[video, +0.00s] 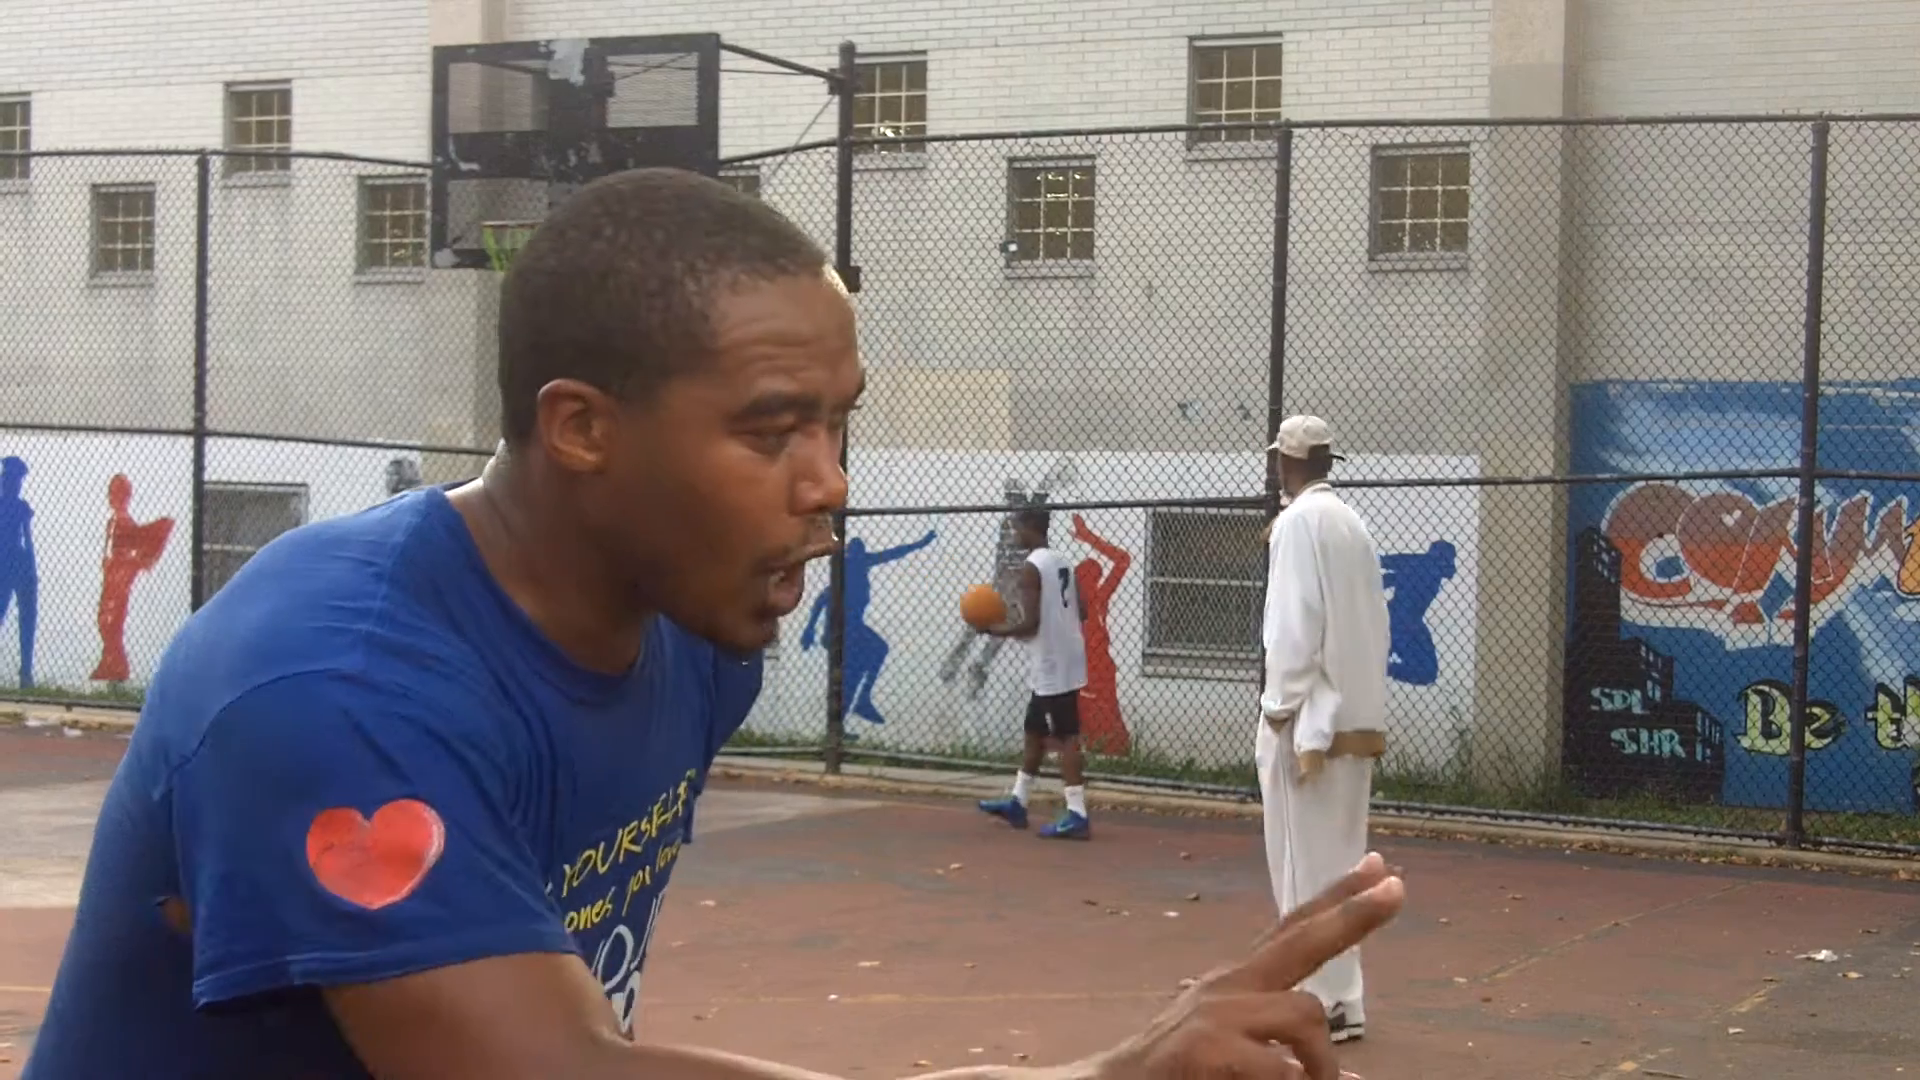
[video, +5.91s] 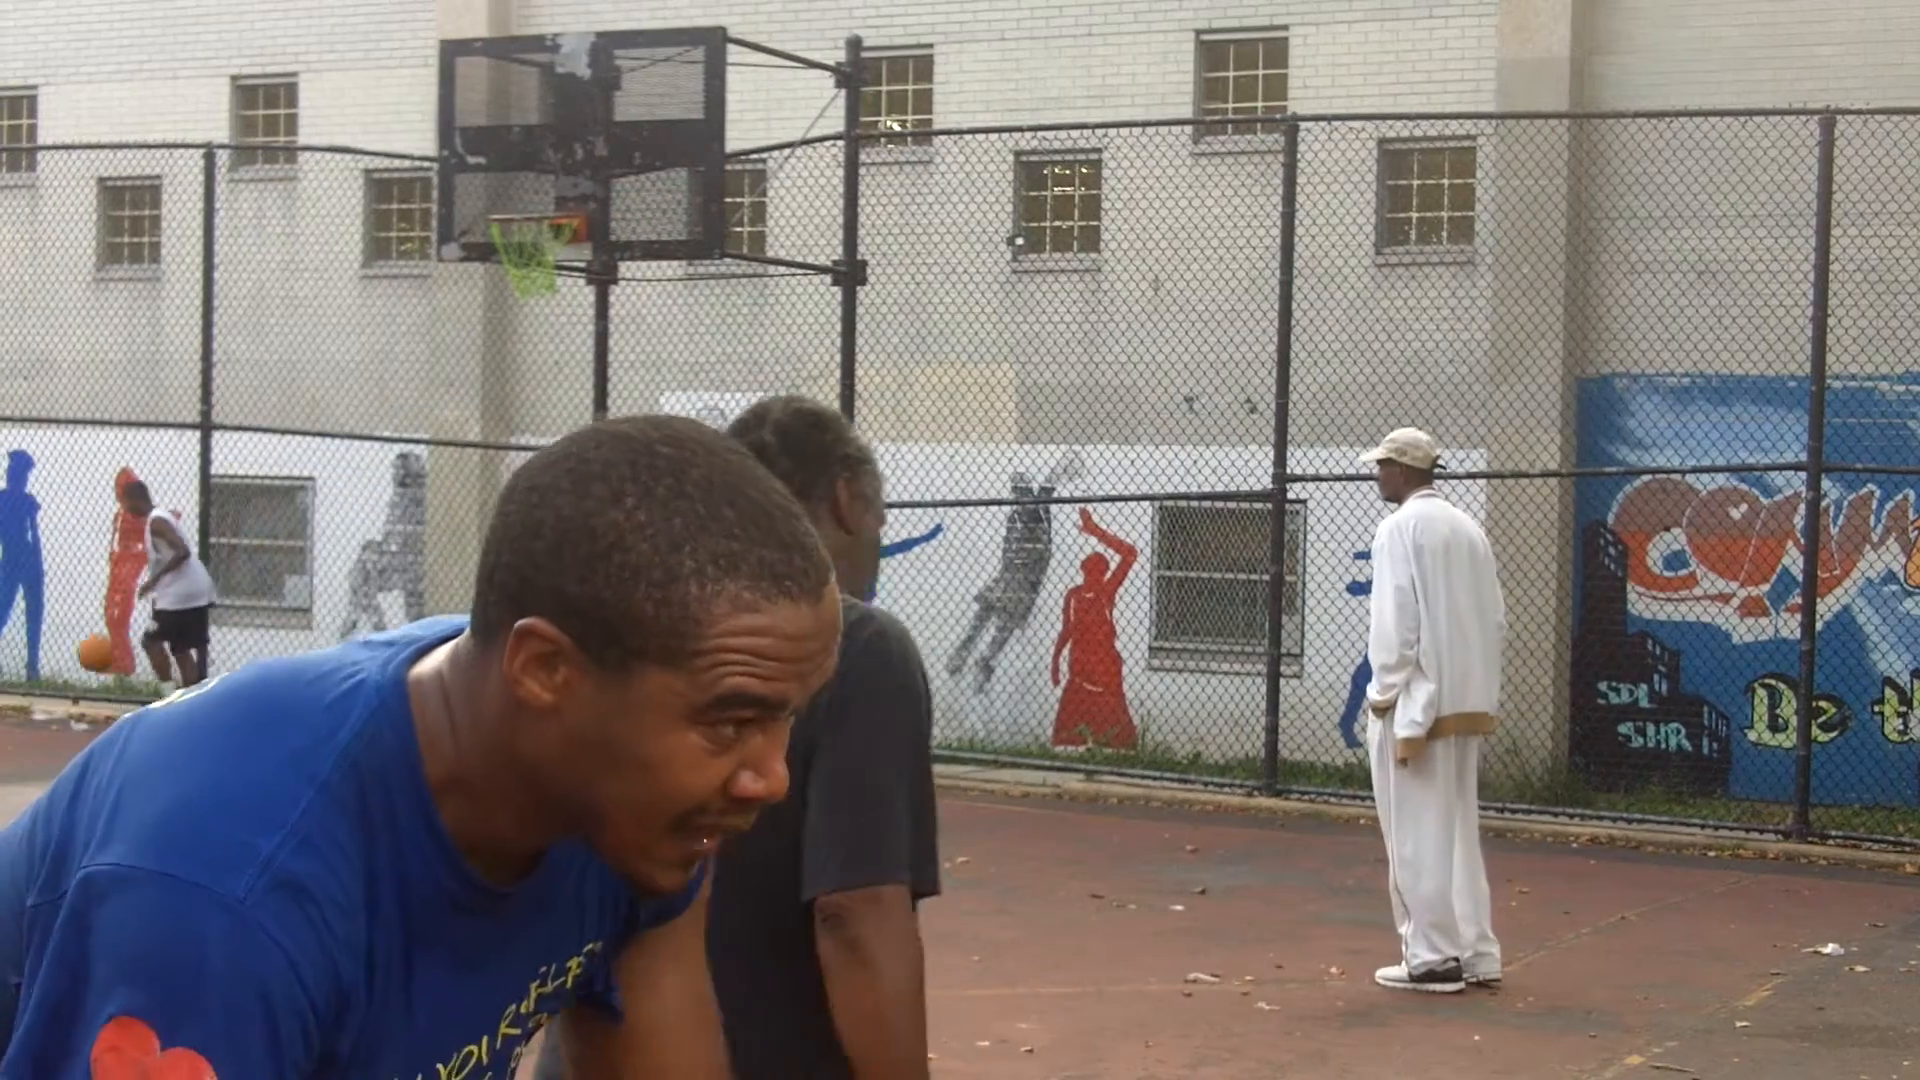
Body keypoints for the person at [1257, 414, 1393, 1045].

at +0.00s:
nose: (1272, 471)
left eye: (1275, 462)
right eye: (1275, 461)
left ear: (1286, 464)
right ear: (1326, 464)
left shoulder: (1299, 521)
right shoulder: (1353, 524)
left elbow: (1296, 629)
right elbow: (1371, 626)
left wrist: (1278, 710)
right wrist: (1358, 707)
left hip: (1306, 721)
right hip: (1355, 720)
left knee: (1304, 863)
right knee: (1338, 858)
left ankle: (1327, 1003)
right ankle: (1343, 1000)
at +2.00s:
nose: (1319, 481)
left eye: (1287, 469)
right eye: (1330, 472)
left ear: (1284, 472)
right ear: (1333, 476)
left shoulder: (1248, 528)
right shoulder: (1361, 537)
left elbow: (1222, 628)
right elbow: (1377, 635)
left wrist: (1219, 709)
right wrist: (1370, 714)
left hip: (1254, 706)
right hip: (1332, 709)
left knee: (1255, 841)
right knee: (1325, 839)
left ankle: (1266, 970)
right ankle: (1319, 969)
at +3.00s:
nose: (1394, 478)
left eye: (1376, 466)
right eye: (1400, 472)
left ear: (1357, 469)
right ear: (1402, 475)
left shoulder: (1313, 522)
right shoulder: (1408, 538)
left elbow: (1277, 620)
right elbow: (1407, 635)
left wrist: (1286, 691)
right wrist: (1412, 704)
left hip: (1306, 698)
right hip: (1371, 704)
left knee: (1323, 827)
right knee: (1353, 832)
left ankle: (1358, 942)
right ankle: (1323, 965)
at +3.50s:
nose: (1399, 477)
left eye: (1380, 470)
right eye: (1404, 470)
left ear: (1364, 476)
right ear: (1408, 474)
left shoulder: (1333, 532)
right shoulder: (1434, 530)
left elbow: (1312, 629)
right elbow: (1447, 623)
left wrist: (1316, 703)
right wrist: (1461, 692)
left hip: (1349, 695)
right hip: (1417, 694)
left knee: (1354, 822)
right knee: (1424, 826)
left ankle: (1358, 950)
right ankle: (1382, 930)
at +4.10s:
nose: (1482, 482)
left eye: (1465, 470)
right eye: (1493, 476)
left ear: (1451, 472)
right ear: (1497, 479)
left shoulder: (1405, 520)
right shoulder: (1509, 542)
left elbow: (1367, 612)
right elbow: (1512, 634)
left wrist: (1361, 685)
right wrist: (1501, 698)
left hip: (1392, 688)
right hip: (1466, 696)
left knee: (1373, 818)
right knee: (1461, 827)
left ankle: (1365, 938)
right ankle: (1460, 960)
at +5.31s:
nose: (1396, 478)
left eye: (1400, 469)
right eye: (1397, 469)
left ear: (1419, 471)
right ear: (1447, 473)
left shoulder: (1405, 527)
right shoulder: (1490, 531)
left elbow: (1394, 624)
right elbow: (1515, 621)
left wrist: (1379, 693)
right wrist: (1500, 690)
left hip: (1420, 699)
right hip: (1478, 699)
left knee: (1416, 826)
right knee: (1472, 823)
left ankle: (1432, 957)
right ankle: (1473, 955)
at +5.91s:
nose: (1376, 477)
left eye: (1382, 469)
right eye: (1379, 468)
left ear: (1402, 471)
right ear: (1425, 473)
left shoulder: (1398, 527)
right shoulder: (1469, 527)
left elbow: (1395, 628)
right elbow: (1495, 618)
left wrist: (1382, 698)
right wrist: (1481, 691)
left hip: (1415, 705)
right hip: (1466, 703)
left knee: (1414, 832)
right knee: (1458, 826)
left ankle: (1433, 958)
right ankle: (1479, 954)